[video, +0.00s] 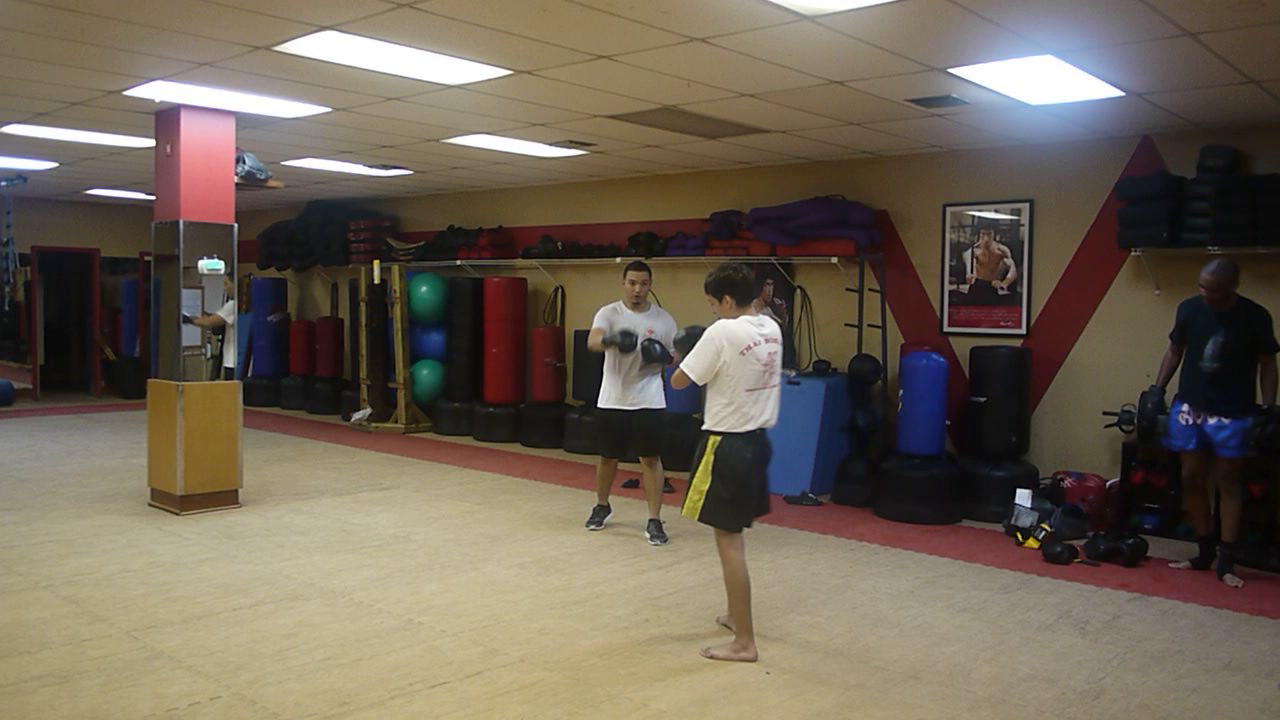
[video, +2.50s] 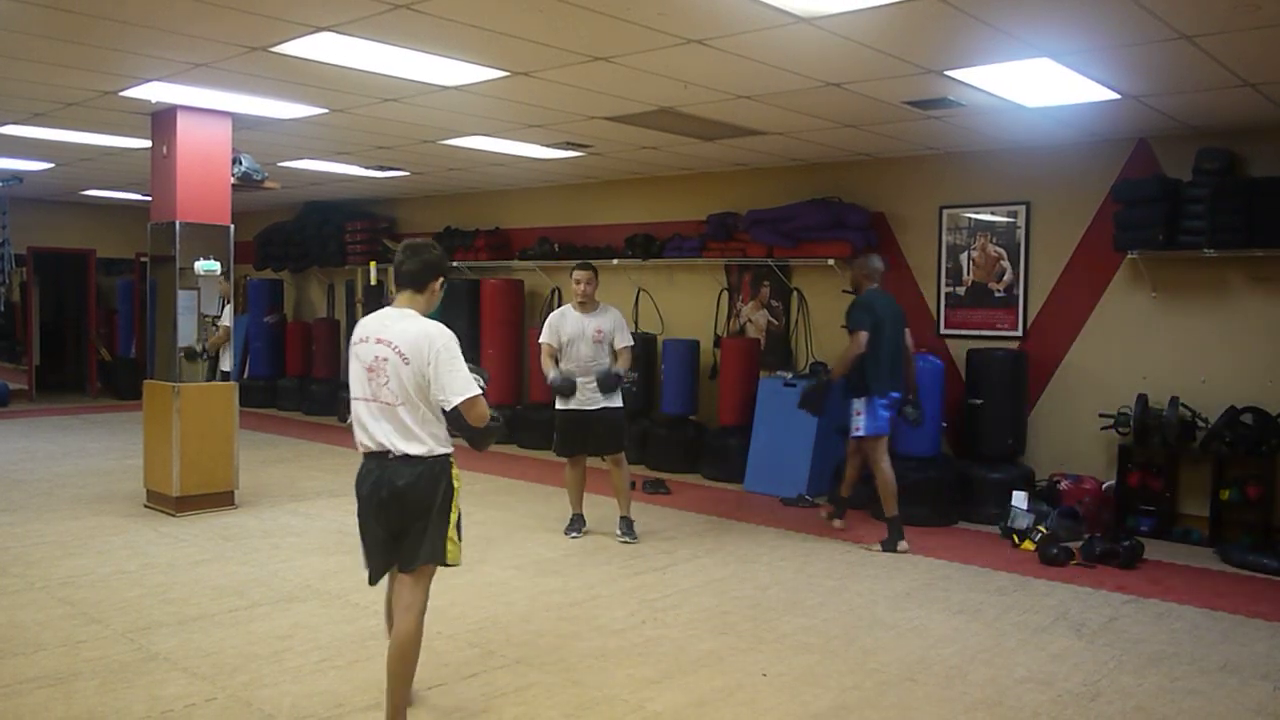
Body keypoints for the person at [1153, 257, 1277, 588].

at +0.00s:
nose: (1204, 295)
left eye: (1211, 291)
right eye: (1202, 287)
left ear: (1231, 288)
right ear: (1201, 281)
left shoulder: (1256, 317)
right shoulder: (1189, 310)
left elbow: (1267, 365)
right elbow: (1174, 350)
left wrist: (1268, 407)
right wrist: (1156, 390)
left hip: (1232, 415)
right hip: (1189, 412)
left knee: (1229, 484)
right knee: (1191, 480)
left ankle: (1226, 562)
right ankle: (1204, 553)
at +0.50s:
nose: (1150, 287)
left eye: (1157, 281)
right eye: (1150, 281)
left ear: (1180, 283)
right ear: (1155, 284)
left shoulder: (1212, 320)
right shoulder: (1156, 320)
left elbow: (1231, 368)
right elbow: (1158, 360)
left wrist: (1232, 415)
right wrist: (1148, 399)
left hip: (1196, 414)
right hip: (1162, 413)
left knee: (1171, 477)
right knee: (1184, 483)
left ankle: (1160, 560)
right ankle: (1201, 553)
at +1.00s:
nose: (1092, 283)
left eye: (1098, 279)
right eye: (1093, 278)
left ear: (1119, 282)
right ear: (1110, 283)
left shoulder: (1142, 316)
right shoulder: (1111, 317)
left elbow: (1157, 366)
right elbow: (1113, 369)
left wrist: (1152, 413)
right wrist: (1105, 406)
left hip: (1129, 415)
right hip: (1111, 414)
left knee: (1114, 482)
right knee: (1115, 481)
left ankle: (1117, 556)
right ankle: (1166, 523)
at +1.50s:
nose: (1017, 280)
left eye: (1022, 275)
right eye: (1019, 275)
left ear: (1037, 280)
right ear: (1037, 281)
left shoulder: (1056, 312)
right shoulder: (1041, 313)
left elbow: (1067, 359)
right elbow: (1044, 362)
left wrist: (1039, 402)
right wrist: (1030, 396)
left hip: (1063, 411)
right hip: (1039, 410)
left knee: (1076, 483)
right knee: (1012, 465)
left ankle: (1109, 553)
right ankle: (1001, 543)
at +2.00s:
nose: (929, 280)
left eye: (932, 275)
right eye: (931, 274)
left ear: (946, 277)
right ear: (954, 277)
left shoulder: (957, 307)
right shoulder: (968, 305)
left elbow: (969, 354)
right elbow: (970, 354)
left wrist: (957, 397)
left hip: (953, 400)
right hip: (977, 400)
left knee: (922, 456)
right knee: (976, 464)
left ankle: (902, 534)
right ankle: (996, 541)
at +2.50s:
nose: (850, 278)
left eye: (852, 274)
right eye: (852, 273)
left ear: (861, 275)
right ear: (878, 276)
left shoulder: (861, 305)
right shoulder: (892, 305)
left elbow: (859, 343)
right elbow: (909, 347)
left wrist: (833, 374)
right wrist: (910, 388)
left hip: (870, 392)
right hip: (890, 390)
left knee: (879, 458)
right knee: (856, 449)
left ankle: (896, 535)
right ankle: (838, 506)